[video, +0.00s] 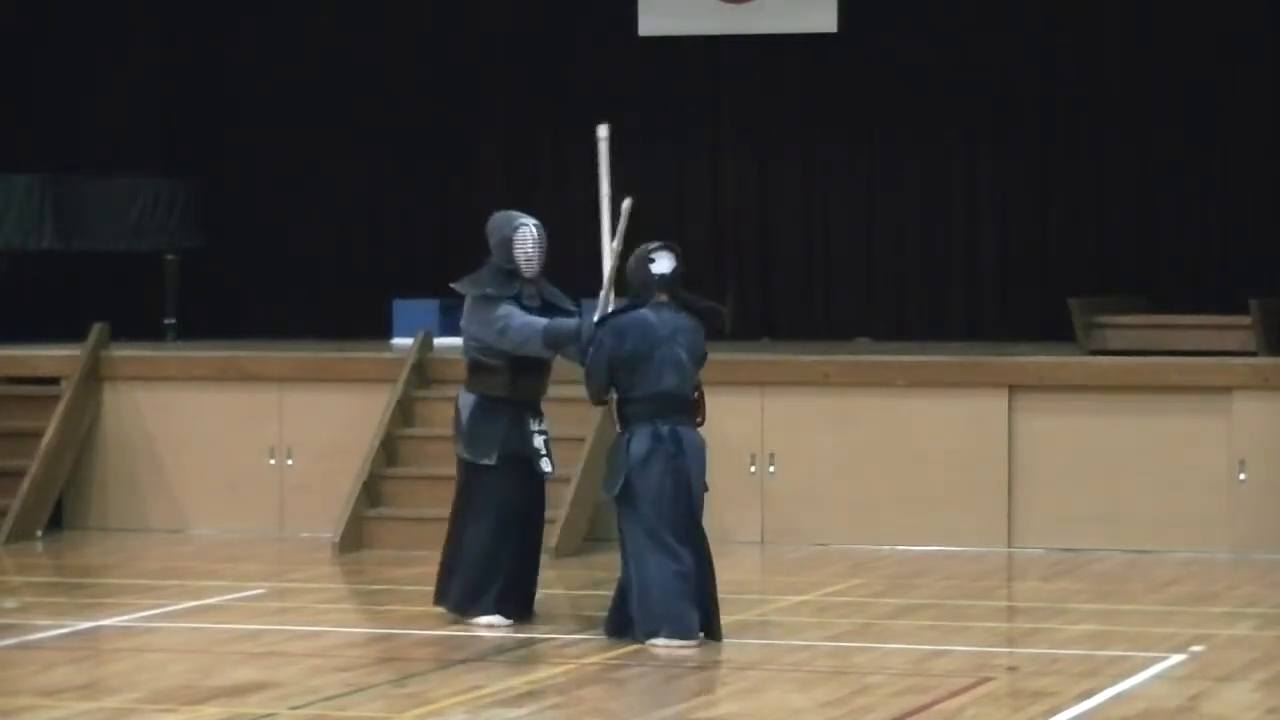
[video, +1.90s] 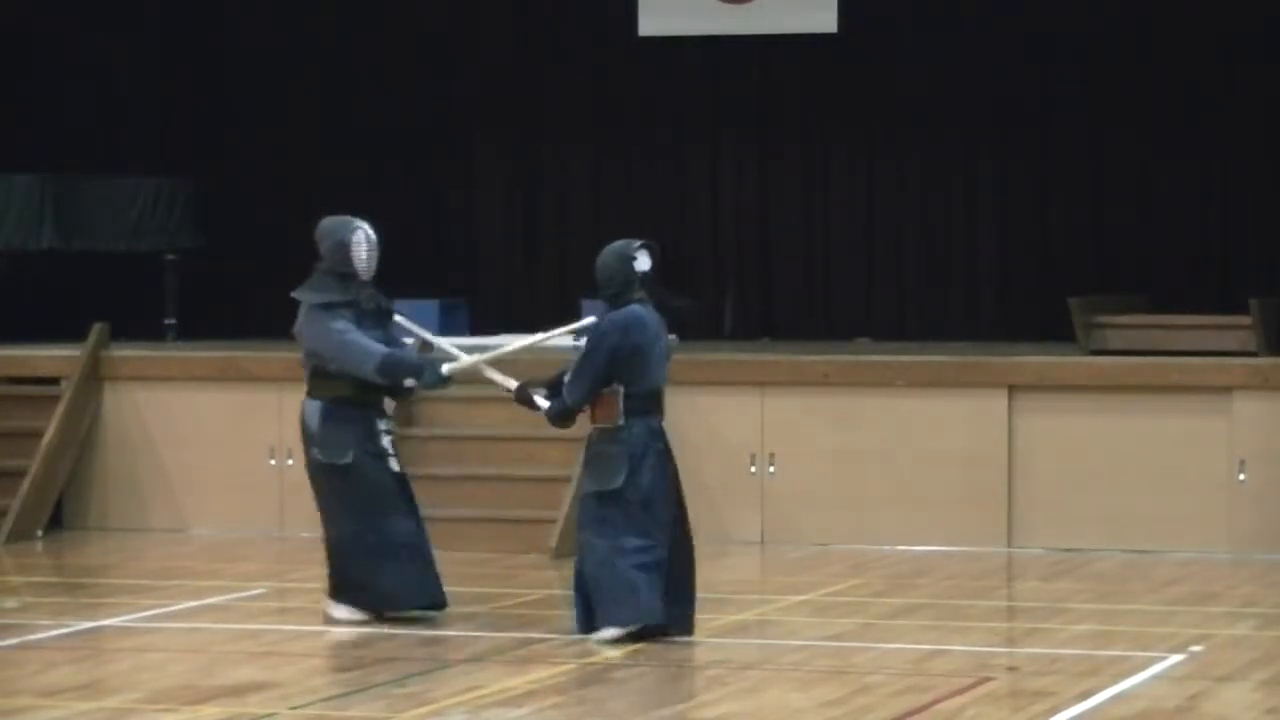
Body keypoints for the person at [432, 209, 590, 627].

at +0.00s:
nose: (533, 254)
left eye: (537, 245)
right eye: (524, 245)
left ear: (543, 249)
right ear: (502, 248)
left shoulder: (542, 296)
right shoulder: (485, 301)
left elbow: (578, 323)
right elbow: (525, 332)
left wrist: (615, 309)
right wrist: (583, 329)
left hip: (525, 412)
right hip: (490, 411)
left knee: (526, 508)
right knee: (493, 506)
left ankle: (512, 603)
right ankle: (476, 603)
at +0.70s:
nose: (498, 253)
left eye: (502, 244)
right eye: (489, 244)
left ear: (508, 248)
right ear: (468, 249)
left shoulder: (506, 296)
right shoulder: (448, 300)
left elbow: (534, 347)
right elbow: (481, 335)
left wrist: (562, 320)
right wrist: (539, 309)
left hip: (485, 412)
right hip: (450, 411)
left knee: (481, 507)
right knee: (453, 506)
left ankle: (474, 604)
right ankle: (443, 603)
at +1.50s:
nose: (459, 256)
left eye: (462, 247)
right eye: (449, 248)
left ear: (468, 251)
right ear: (427, 253)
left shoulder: (472, 301)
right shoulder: (413, 310)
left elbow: (500, 361)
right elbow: (463, 348)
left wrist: (537, 363)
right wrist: (533, 346)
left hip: (462, 418)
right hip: (426, 419)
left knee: (469, 511)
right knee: (436, 512)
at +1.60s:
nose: (439, 265)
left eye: (441, 256)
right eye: (430, 258)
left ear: (444, 258)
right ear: (408, 262)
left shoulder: (444, 308)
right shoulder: (394, 319)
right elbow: (443, 356)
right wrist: (516, 350)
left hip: (444, 422)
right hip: (412, 425)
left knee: (451, 511)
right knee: (430, 515)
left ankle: (377, 582)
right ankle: (454, 612)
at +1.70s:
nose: (412, 266)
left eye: (415, 256)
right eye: (402, 258)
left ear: (419, 259)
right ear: (380, 262)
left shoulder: (419, 308)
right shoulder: (367, 319)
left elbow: (452, 342)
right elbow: (410, 359)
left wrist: (485, 362)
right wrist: (462, 369)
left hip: (421, 420)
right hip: (385, 423)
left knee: (431, 511)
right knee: (425, 515)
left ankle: (369, 586)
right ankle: (458, 608)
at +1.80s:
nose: (387, 263)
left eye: (392, 253)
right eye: (378, 254)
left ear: (397, 257)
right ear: (357, 258)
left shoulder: (398, 311)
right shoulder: (342, 317)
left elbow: (424, 351)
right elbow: (379, 356)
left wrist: (442, 374)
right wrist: (430, 371)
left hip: (395, 417)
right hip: (358, 420)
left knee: (391, 511)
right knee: (404, 510)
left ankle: (355, 594)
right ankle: (431, 602)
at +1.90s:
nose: (366, 259)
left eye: (369, 250)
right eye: (357, 251)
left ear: (373, 253)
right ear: (335, 255)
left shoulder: (369, 304)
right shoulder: (318, 313)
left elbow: (394, 344)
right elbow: (355, 352)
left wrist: (422, 362)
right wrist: (408, 370)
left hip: (368, 414)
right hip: (333, 416)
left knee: (386, 504)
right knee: (354, 508)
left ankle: (394, 597)